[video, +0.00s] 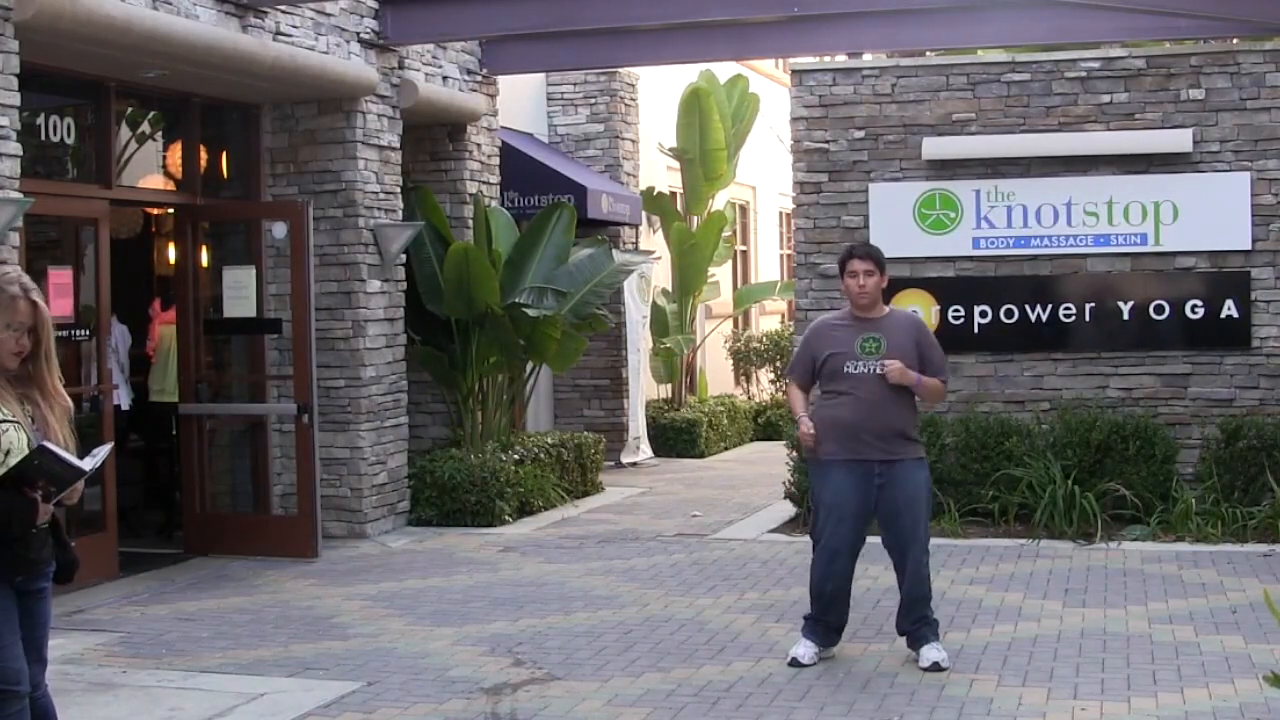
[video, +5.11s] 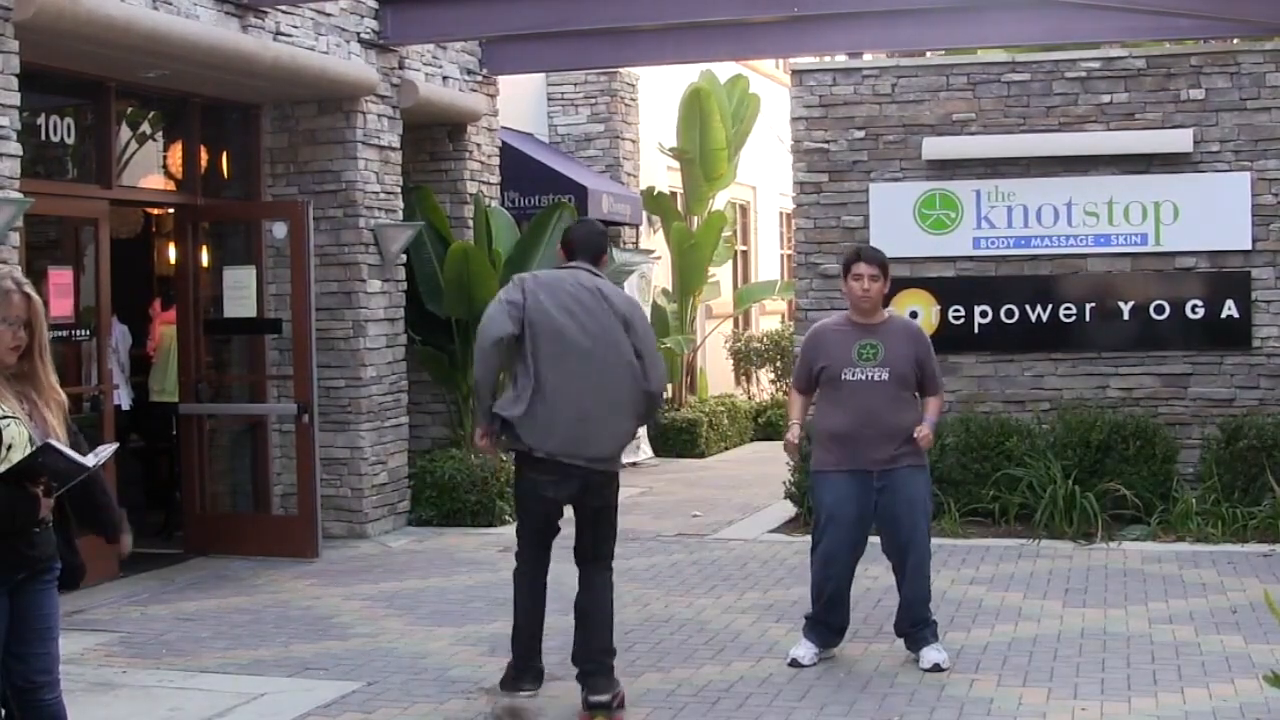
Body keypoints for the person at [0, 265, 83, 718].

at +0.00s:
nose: (22, 341)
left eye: (29, 330)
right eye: (12, 329)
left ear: (38, 333)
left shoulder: (47, 396)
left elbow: (67, 479)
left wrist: (66, 490)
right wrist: (23, 508)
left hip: (37, 556)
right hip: (2, 557)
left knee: (35, 682)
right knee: (14, 686)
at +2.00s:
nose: (10, 337)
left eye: (18, 326)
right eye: (2, 325)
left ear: (30, 331)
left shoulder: (42, 393)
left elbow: (64, 472)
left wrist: (71, 483)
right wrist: (15, 503)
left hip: (35, 565)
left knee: (46, 699)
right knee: (16, 699)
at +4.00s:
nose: (13, 337)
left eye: (22, 326)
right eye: (5, 324)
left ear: (32, 331)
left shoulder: (43, 394)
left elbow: (64, 471)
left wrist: (70, 486)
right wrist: (25, 503)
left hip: (36, 563)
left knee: (37, 692)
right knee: (14, 692)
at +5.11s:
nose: (18, 335)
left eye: (25, 325)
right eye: (8, 323)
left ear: (34, 331)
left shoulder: (41, 394)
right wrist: (26, 504)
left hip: (36, 562)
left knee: (40, 696)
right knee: (15, 698)